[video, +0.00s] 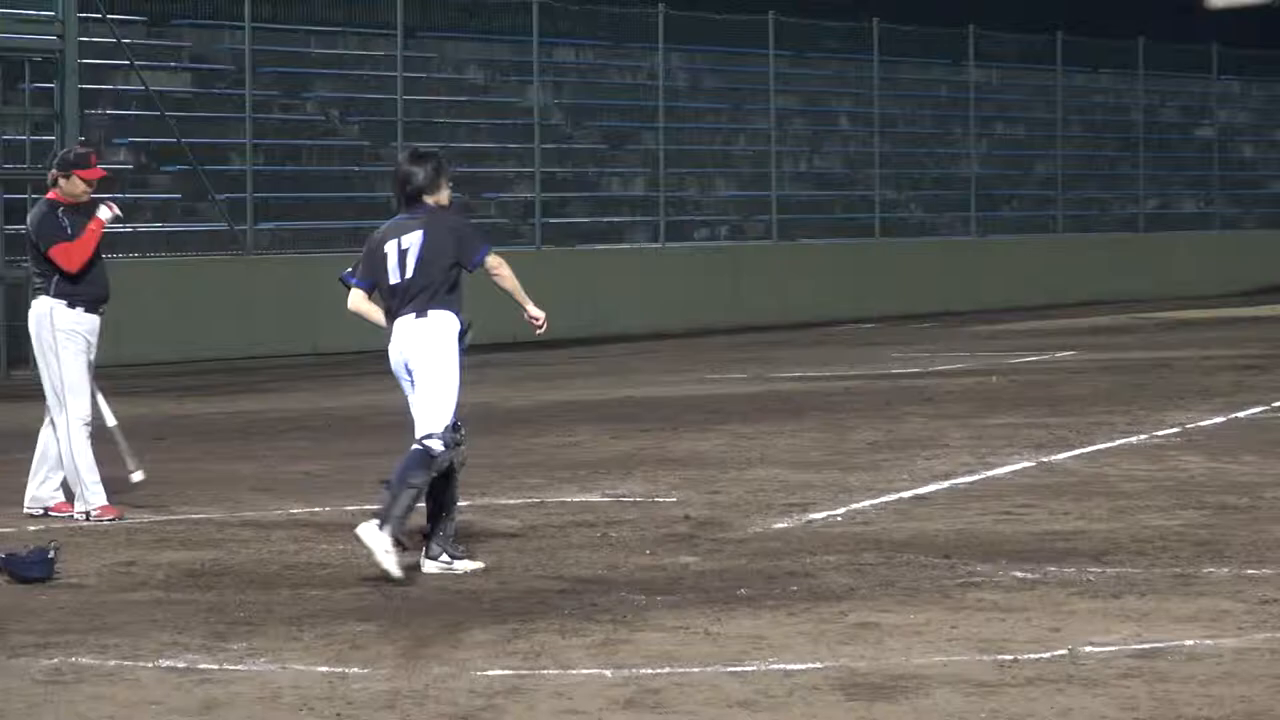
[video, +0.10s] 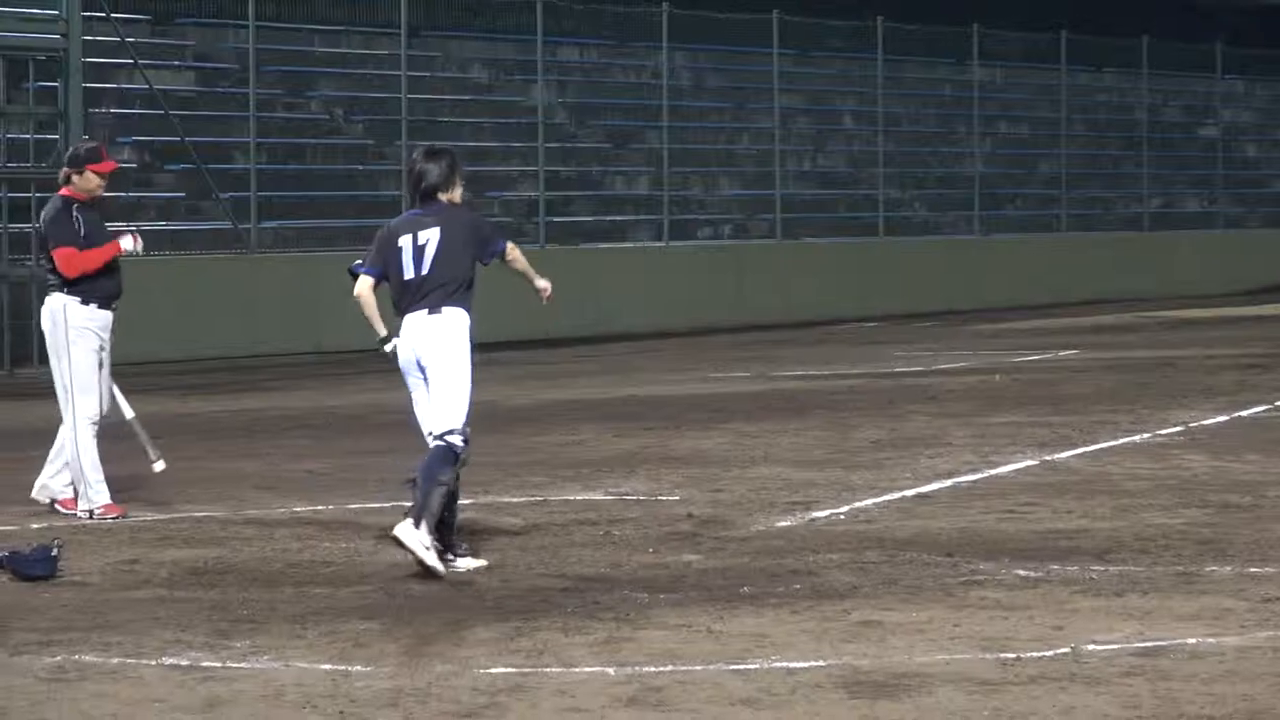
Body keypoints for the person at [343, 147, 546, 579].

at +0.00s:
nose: (451, 190)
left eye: (449, 182)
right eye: (447, 183)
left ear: (407, 191)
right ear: (434, 188)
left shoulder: (382, 236)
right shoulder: (449, 223)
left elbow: (356, 300)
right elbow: (495, 265)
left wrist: (397, 321)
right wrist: (528, 304)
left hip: (399, 339)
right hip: (435, 332)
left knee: (447, 440)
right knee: (436, 440)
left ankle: (439, 548)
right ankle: (384, 527)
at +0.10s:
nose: (463, 190)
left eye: (461, 182)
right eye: (460, 183)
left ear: (420, 187)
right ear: (449, 186)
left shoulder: (392, 230)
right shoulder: (465, 219)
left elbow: (363, 289)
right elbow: (509, 252)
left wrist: (384, 335)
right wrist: (536, 278)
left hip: (407, 335)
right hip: (446, 328)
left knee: (441, 440)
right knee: (452, 436)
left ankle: (448, 546)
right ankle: (420, 525)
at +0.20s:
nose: (468, 188)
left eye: (466, 180)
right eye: (465, 181)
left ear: (424, 184)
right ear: (454, 185)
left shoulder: (398, 228)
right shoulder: (471, 217)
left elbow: (372, 291)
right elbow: (515, 236)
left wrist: (366, 353)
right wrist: (539, 251)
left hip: (416, 333)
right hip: (457, 328)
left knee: (440, 441)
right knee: (470, 434)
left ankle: (443, 541)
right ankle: (440, 524)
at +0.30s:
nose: (467, 194)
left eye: (464, 187)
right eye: (464, 187)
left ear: (423, 191)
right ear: (455, 191)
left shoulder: (399, 235)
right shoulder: (474, 221)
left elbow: (371, 298)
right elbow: (515, 233)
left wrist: (351, 361)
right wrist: (538, 243)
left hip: (421, 342)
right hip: (462, 336)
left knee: (443, 450)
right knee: (477, 442)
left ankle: (440, 549)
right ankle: (451, 537)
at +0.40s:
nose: (467, 194)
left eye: (464, 188)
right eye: (464, 188)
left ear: (422, 190)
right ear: (456, 191)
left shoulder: (400, 234)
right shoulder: (473, 219)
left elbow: (371, 296)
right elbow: (516, 227)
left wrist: (347, 358)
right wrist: (541, 234)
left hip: (425, 343)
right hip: (465, 337)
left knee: (445, 452)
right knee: (482, 448)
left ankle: (438, 549)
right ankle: (454, 541)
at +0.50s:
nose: (477, 191)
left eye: (474, 185)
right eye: (473, 185)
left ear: (428, 187)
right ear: (463, 188)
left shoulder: (405, 231)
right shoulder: (481, 217)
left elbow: (379, 292)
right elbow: (523, 222)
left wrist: (359, 357)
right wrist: (548, 228)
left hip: (431, 342)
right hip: (473, 337)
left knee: (448, 451)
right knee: (483, 448)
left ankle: (443, 546)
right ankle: (454, 545)